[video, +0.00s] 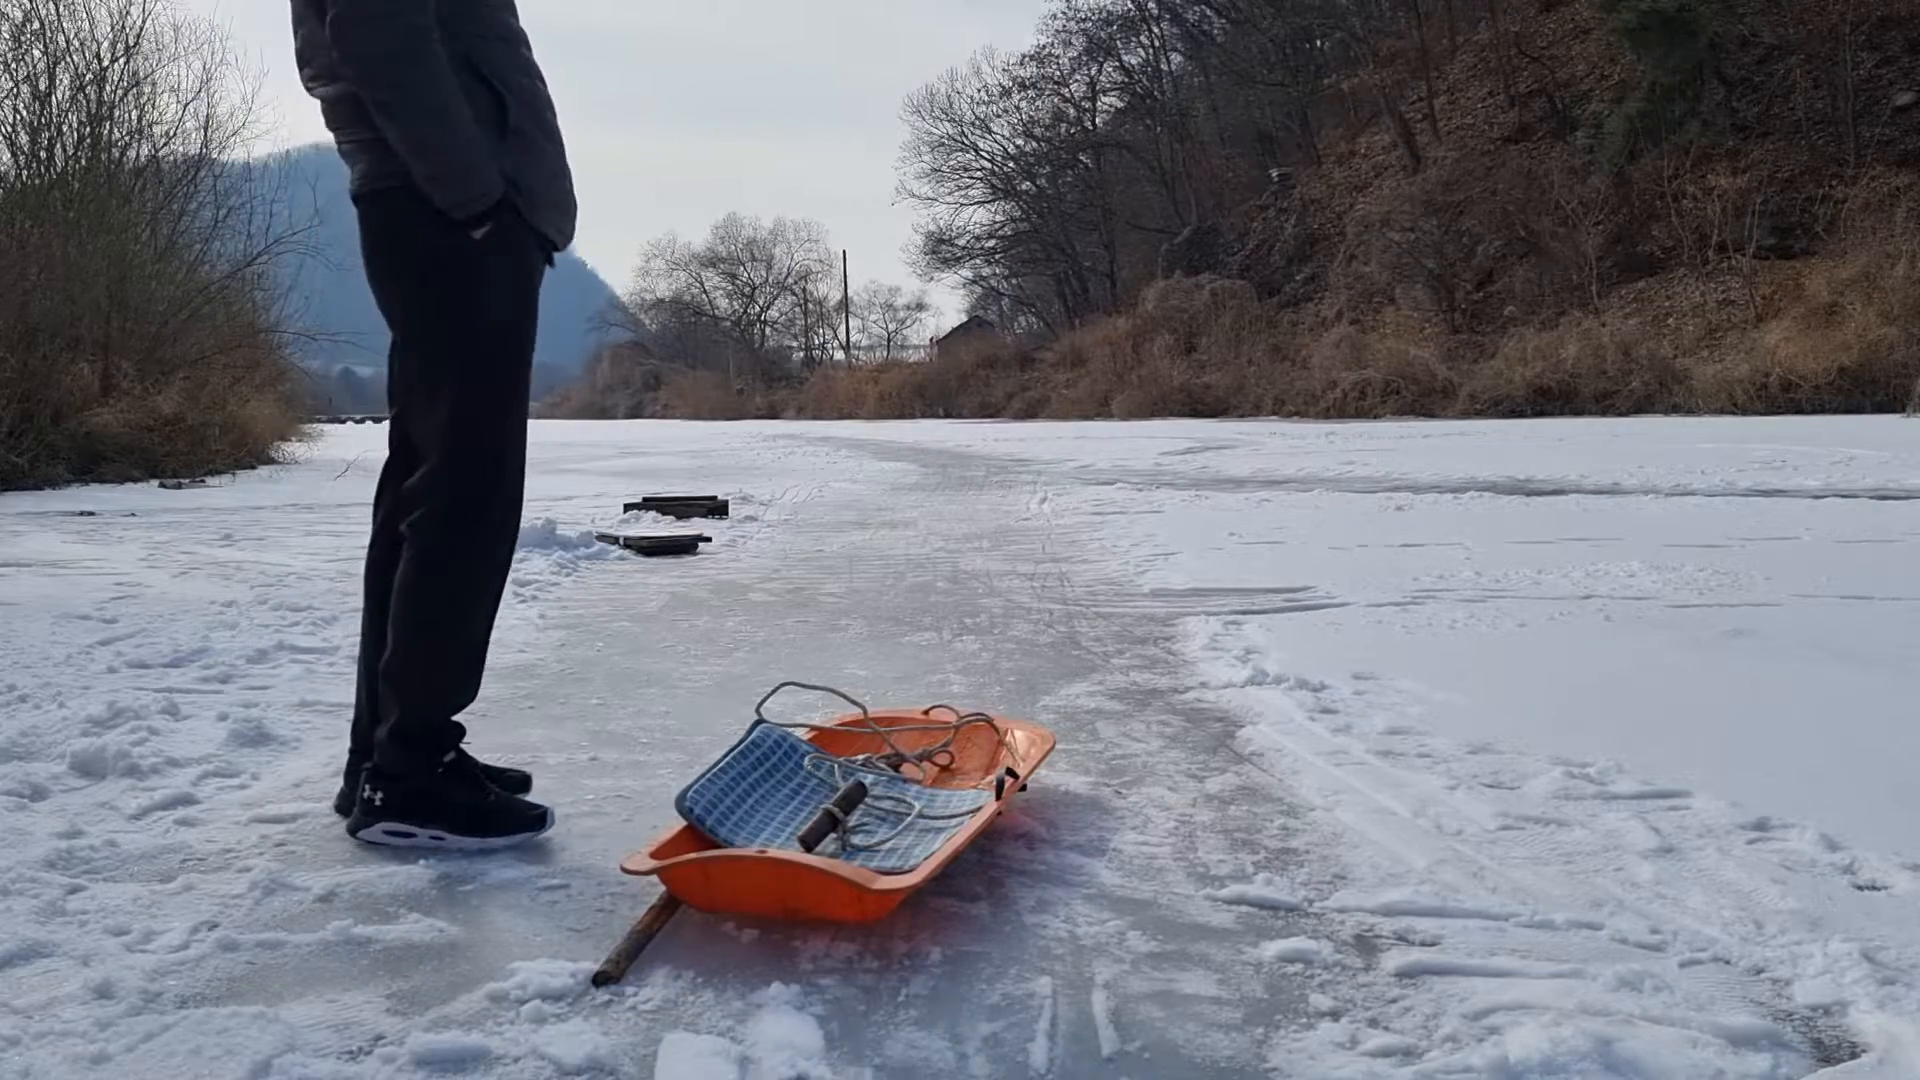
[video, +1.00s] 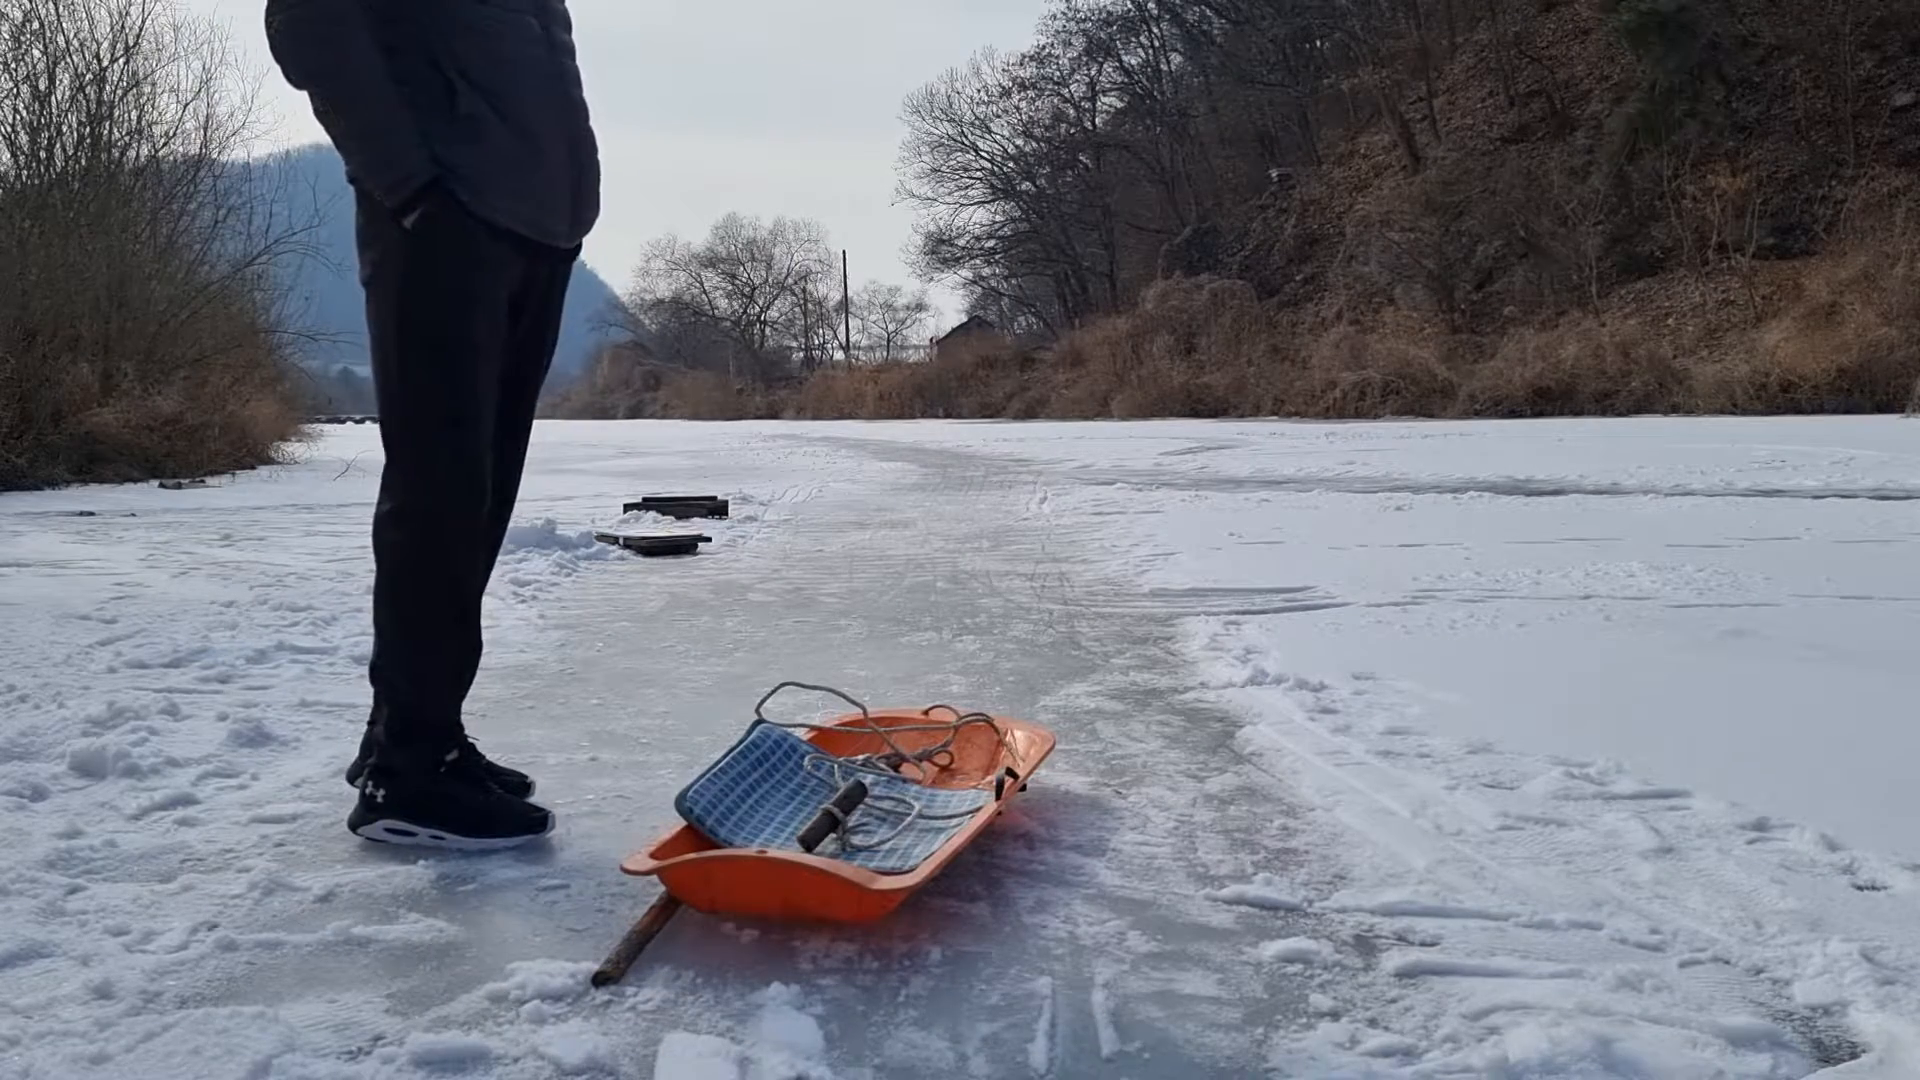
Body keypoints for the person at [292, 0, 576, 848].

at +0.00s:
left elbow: (346, 51)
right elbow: (381, 41)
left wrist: (477, 191)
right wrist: (481, 199)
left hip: (428, 223)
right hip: (459, 225)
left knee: (425, 486)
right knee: (470, 491)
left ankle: (389, 759)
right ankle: (412, 768)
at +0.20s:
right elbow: (365, 46)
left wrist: (514, 191)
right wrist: (472, 193)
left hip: (482, 224)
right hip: (467, 222)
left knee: (446, 488)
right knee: (468, 493)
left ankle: (397, 755)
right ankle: (410, 768)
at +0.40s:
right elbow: (342, 25)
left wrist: (535, 193)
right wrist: (455, 188)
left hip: (510, 219)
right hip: (463, 213)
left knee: (466, 488)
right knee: (450, 487)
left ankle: (406, 750)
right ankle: (407, 767)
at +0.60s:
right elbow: (329, 20)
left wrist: (548, 177)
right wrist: (441, 177)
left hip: (517, 211)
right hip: (457, 205)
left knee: (471, 481)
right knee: (453, 480)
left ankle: (407, 743)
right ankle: (412, 761)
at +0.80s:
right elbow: (321, 19)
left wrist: (556, 183)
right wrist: (428, 181)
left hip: (526, 213)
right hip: (449, 206)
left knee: (472, 486)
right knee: (443, 483)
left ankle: (414, 739)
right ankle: (413, 765)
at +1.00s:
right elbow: (306, 21)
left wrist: (560, 187)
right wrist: (410, 184)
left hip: (535, 215)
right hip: (439, 206)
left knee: (476, 494)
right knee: (434, 489)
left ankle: (425, 743)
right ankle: (406, 769)